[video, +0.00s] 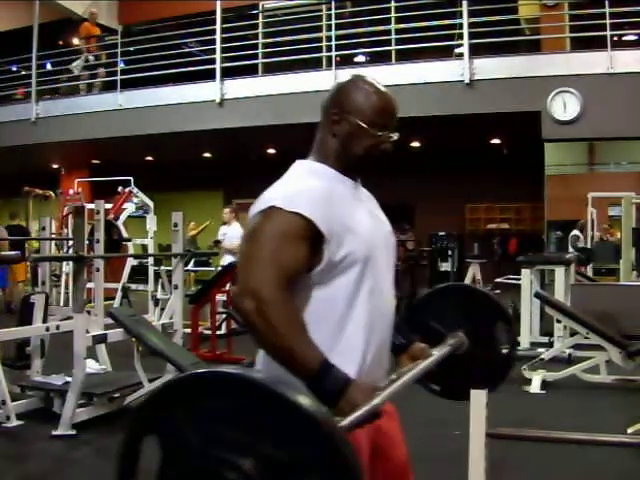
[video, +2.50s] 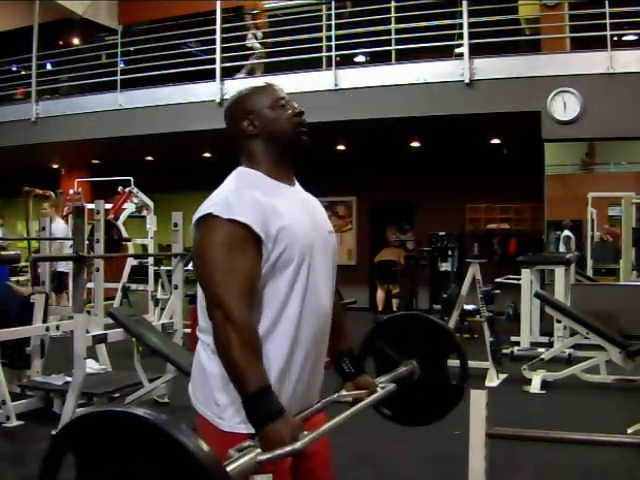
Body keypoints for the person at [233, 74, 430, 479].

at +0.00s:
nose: (386, 142)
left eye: (389, 132)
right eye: (375, 129)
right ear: (335, 121)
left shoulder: (361, 200)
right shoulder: (304, 191)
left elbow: (352, 298)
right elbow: (256, 295)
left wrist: (402, 344)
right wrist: (335, 386)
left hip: (373, 414)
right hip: (312, 426)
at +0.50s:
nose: (386, 162)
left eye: (390, 152)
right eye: (384, 149)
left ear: (349, 134)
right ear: (347, 133)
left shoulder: (350, 206)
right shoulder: (287, 198)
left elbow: (335, 294)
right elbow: (227, 283)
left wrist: (371, 342)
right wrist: (290, 379)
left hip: (328, 405)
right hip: (273, 413)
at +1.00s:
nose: (351, 128)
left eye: (349, 119)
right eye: (336, 118)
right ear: (300, 128)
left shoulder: (329, 207)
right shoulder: (269, 196)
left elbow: (316, 306)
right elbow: (221, 290)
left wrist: (356, 357)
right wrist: (276, 387)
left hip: (316, 408)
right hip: (257, 415)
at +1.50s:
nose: (308, 107)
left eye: (303, 100)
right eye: (291, 103)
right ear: (261, 125)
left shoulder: (318, 204)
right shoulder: (242, 202)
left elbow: (326, 300)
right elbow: (225, 309)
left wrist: (354, 367)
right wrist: (263, 410)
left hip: (305, 409)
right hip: (241, 422)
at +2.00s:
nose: (296, 110)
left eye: (290, 103)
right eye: (279, 106)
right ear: (249, 127)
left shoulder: (311, 204)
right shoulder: (237, 204)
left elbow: (326, 299)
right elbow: (239, 315)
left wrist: (355, 370)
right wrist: (270, 411)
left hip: (308, 407)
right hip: (247, 419)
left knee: (323, 473)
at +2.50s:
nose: (297, 109)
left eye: (291, 102)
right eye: (280, 105)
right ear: (249, 125)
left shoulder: (308, 204)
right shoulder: (231, 207)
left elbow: (326, 298)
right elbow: (230, 318)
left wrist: (350, 370)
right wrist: (267, 413)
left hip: (303, 407)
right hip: (242, 420)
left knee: (318, 471)